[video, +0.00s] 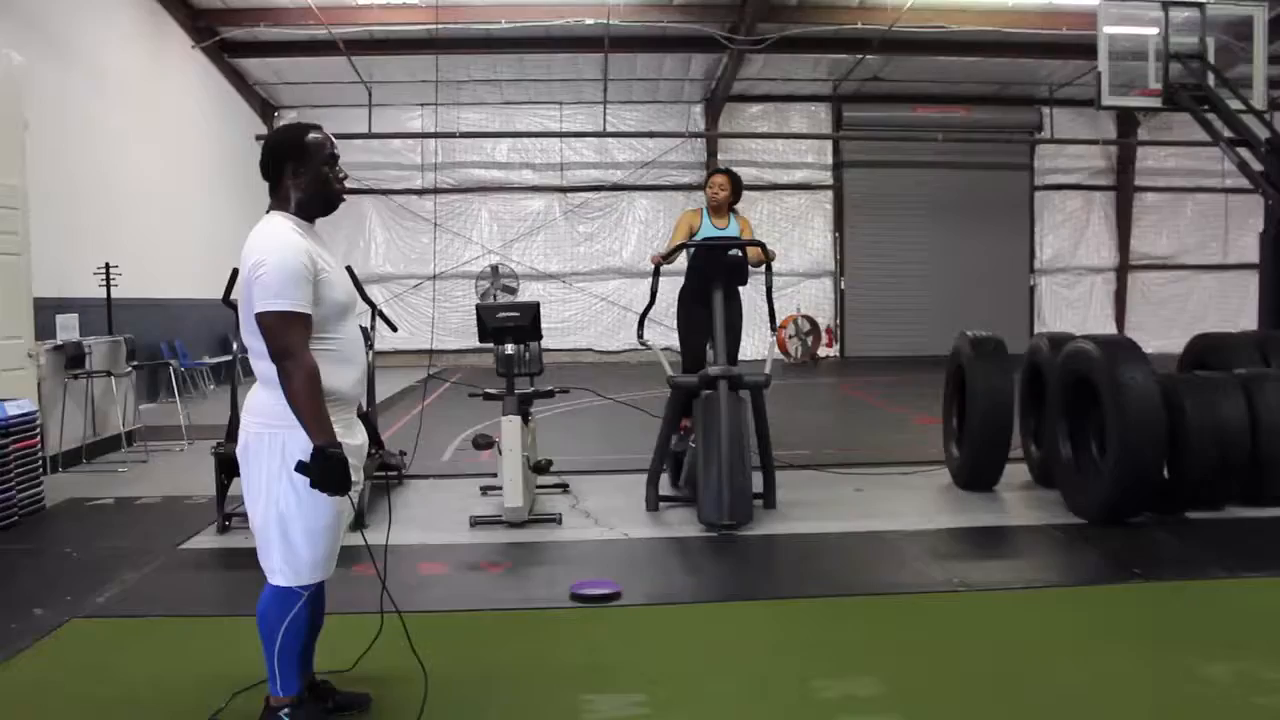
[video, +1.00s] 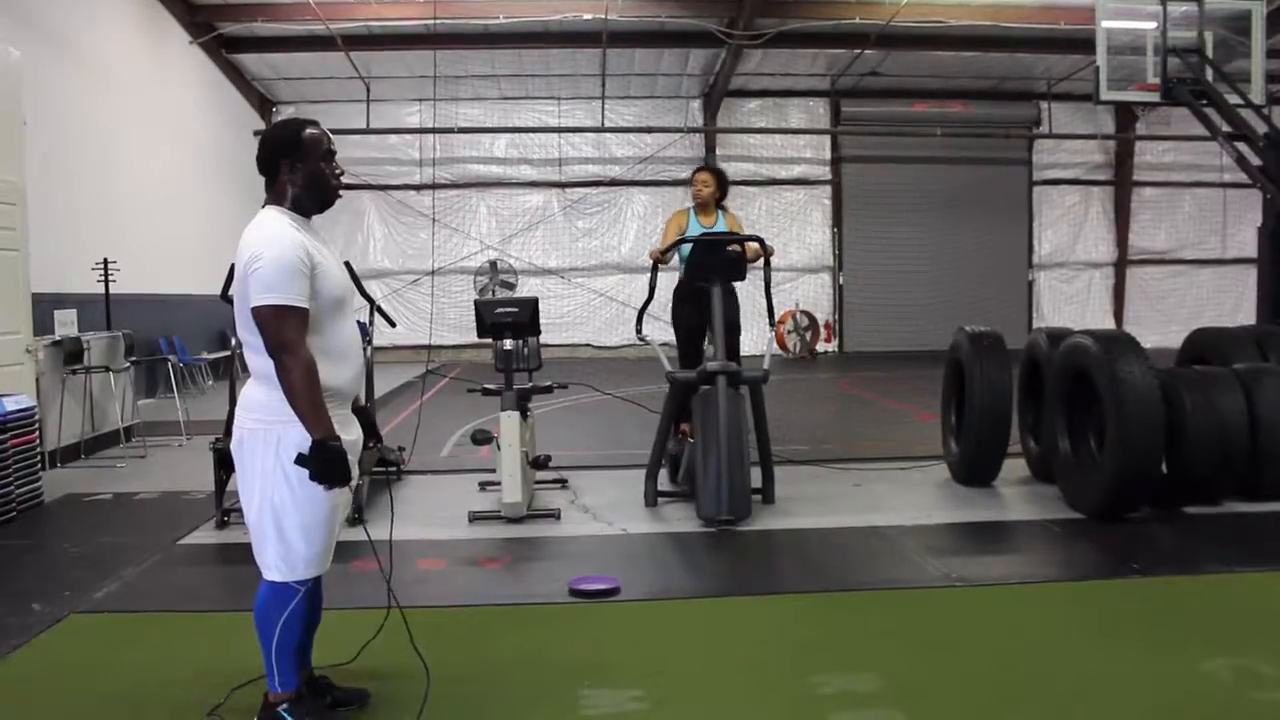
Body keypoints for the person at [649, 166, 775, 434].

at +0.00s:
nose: (714, 192)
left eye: (721, 188)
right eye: (711, 186)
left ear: (732, 195)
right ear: (705, 190)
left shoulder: (741, 223)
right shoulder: (692, 217)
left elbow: (752, 258)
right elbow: (675, 247)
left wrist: (765, 255)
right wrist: (664, 256)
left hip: (728, 296)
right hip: (695, 296)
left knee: (728, 361)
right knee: (693, 363)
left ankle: (726, 420)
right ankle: (686, 421)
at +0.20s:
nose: (716, 198)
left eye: (723, 194)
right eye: (713, 193)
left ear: (735, 202)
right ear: (707, 196)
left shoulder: (744, 229)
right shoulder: (695, 224)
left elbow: (753, 264)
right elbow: (677, 250)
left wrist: (764, 258)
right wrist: (663, 257)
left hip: (726, 299)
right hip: (694, 299)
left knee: (726, 357)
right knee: (694, 356)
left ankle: (723, 409)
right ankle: (685, 407)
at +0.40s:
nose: (709, 194)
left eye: (717, 191)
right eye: (707, 189)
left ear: (729, 198)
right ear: (702, 191)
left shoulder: (738, 224)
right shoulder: (689, 221)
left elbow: (749, 260)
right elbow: (673, 252)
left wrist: (761, 255)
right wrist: (661, 256)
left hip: (724, 295)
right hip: (692, 295)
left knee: (721, 357)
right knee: (693, 356)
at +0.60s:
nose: (693, 188)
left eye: (700, 183)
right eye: (690, 183)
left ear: (714, 188)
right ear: (686, 187)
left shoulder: (727, 217)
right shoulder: (678, 217)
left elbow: (746, 251)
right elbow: (667, 244)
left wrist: (761, 250)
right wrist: (659, 253)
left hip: (720, 294)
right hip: (687, 295)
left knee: (724, 359)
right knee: (689, 363)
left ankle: (724, 422)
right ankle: (689, 424)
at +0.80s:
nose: (686, 197)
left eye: (694, 192)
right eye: (684, 192)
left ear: (708, 197)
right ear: (680, 195)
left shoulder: (723, 224)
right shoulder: (673, 227)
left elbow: (743, 252)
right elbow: (663, 259)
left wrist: (757, 250)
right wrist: (657, 257)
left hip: (719, 301)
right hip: (685, 302)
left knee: (729, 361)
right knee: (687, 367)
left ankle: (729, 424)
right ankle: (685, 428)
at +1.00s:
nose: (697, 189)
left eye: (704, 185)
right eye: (695, 184)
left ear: (718, 190)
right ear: (690, 188)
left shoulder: (729, 219)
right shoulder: (680, 218)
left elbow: (745, 254)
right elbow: (667, 252)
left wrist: (759, 250)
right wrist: (659, 256)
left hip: (723, 294)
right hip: (689, 295)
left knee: (731, 356)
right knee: (690, 360)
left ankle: (731, 417)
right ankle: (685, 421)